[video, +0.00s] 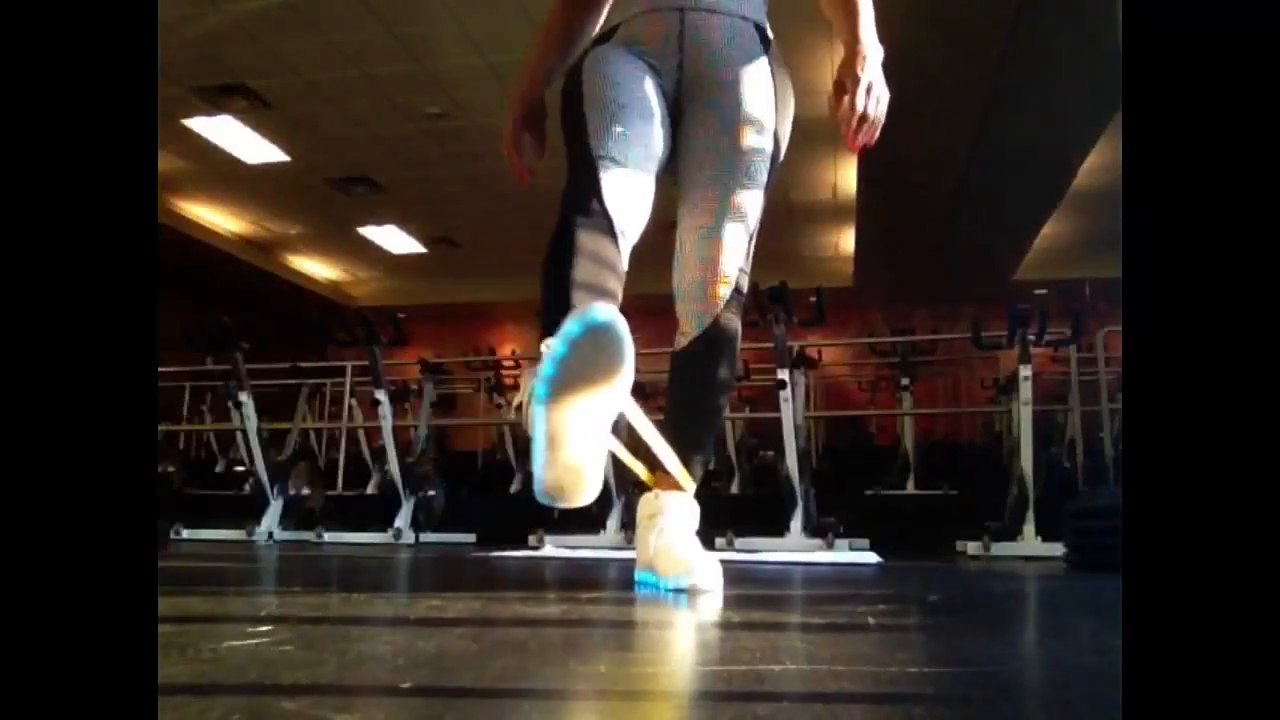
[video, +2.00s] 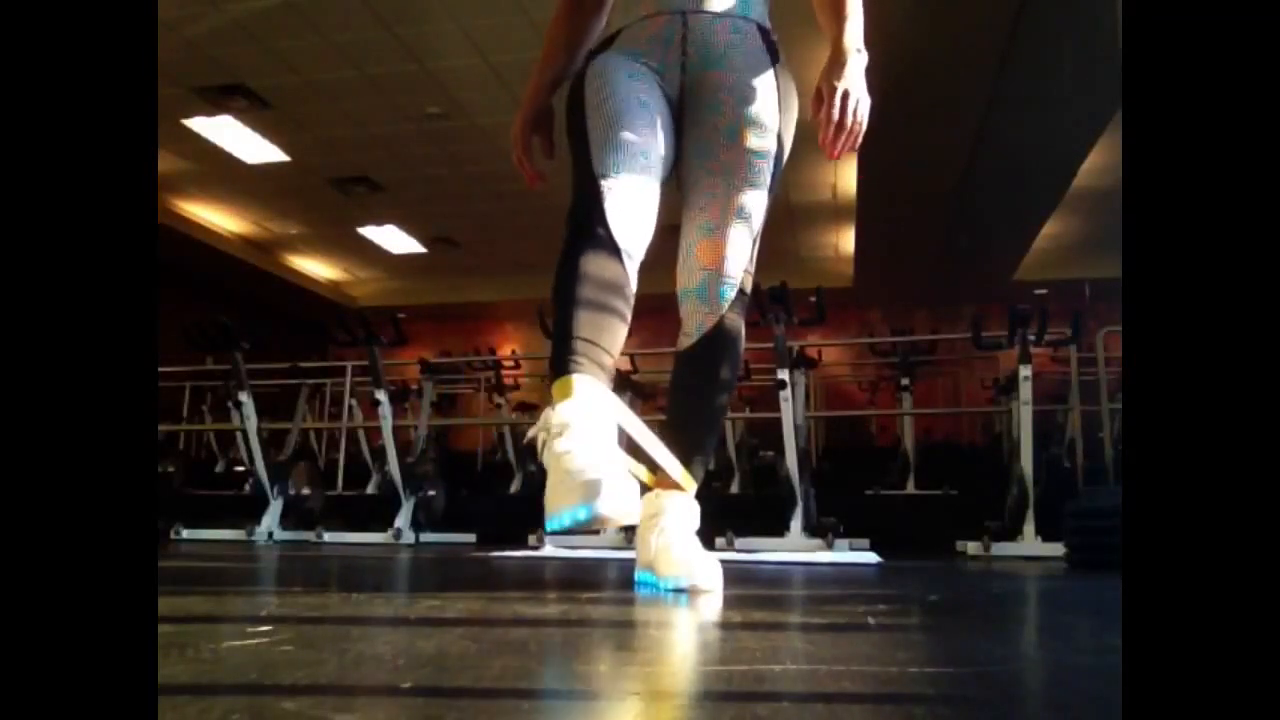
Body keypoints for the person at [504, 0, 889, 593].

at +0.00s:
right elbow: (589, 4)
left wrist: (864, 45)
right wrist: (533, 87)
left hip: (737, 33)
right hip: (623, 31)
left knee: (715, 283)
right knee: (604, 195)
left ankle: (671, 513)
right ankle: (570, 417)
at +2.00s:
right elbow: (588, 3)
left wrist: (850, 51)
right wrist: (542, 90)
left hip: (742, 34)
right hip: (628, 34)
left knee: (717, 286)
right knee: (615, 203)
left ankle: (673, 513)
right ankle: (577, 430)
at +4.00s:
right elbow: (589, 3)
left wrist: (867, 72)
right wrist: (550, 82)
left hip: (744, 25)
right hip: (632, 25)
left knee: (722, 273)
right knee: (597, 203)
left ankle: (673, 516)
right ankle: (533, 441)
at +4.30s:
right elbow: (591, 4)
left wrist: (861, 64)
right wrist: (549, 80)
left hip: (742, 23)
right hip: (631, 25)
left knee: (719, 267)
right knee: (603, 196)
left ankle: (671, 514)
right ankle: (554, 420)